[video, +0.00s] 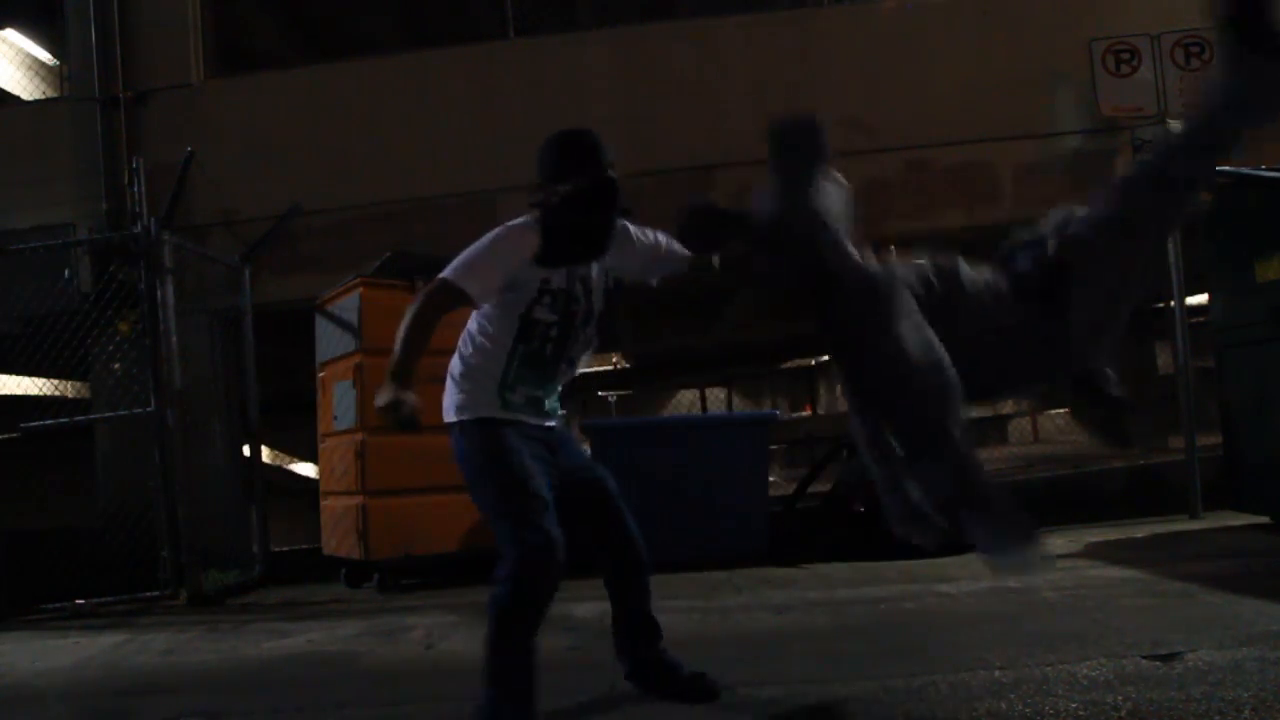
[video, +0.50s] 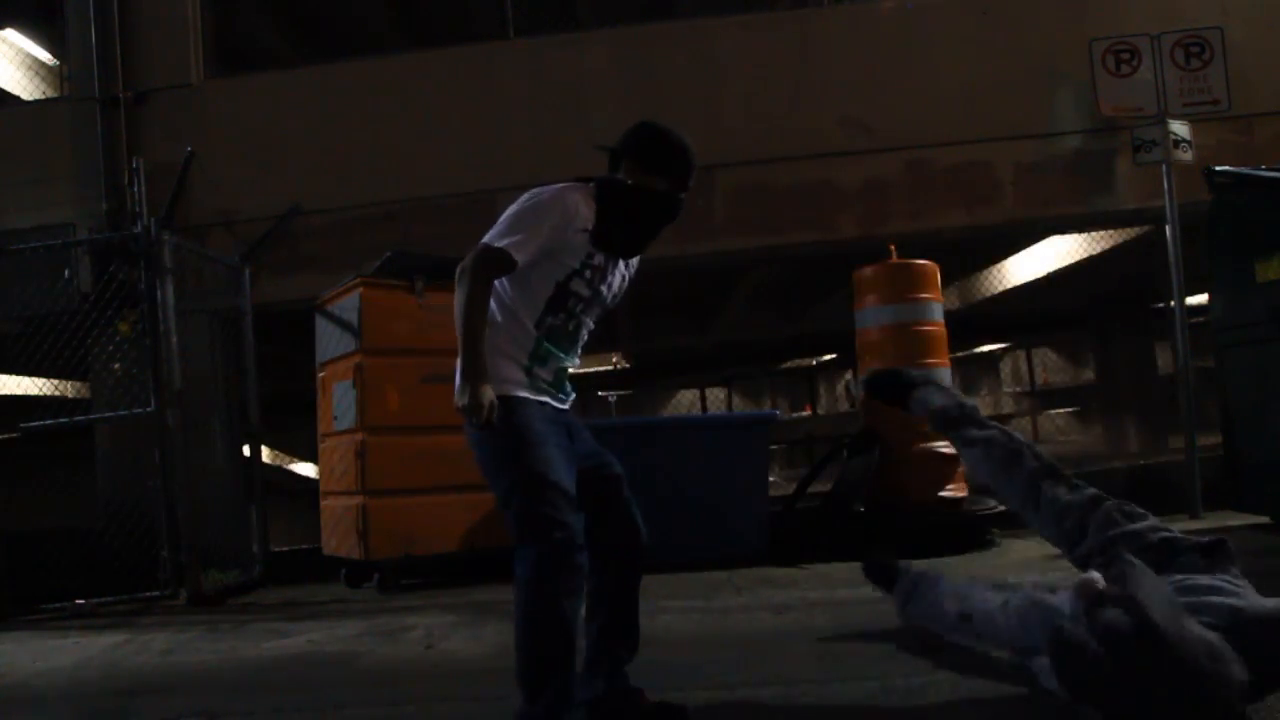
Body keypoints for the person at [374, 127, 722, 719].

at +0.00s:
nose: (603, 204)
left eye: (607, 190)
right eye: (588, 192)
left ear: (612, 189)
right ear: (555, 195)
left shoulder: (616, 240)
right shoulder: (517, 243)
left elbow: (692, 264)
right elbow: (430, 300)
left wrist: (724, 246)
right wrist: (396, 382)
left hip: (547, 422)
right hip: (485, 421)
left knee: (620, 542)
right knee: (534, 554)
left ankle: (647, 667)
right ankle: (505, 704)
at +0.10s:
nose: (635, 233)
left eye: (642, 218)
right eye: (621, 217)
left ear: (649, 218)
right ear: (585, 212)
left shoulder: (634, 288)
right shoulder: (534, 253)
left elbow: (705, 349)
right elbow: (446, 296)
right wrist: (423, 388)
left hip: (559, 445)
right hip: (494, 440)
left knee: (647, 557)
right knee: (577, 565)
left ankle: (648, 666)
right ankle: (564, 709)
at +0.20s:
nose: (657, 237)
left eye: (661, 223)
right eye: (646, 219)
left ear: (656, 225)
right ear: (609, 212)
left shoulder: (622, 293)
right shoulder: (551, 243)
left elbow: (633, 391)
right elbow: (455, 289)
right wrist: (427, 392)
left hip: (564, 444)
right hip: (505, 440)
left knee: (662, 558)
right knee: (613, 572)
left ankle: (650, 671)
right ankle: (578, 709)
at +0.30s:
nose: (660, 223)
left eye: (667, 211)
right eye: (652, 204)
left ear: (669, 212)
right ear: (617, 192)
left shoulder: (620, 268)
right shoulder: (561, 220)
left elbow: (575, 345)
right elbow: (464, 274)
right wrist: (445, 384)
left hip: (564, 425)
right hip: (512, 420)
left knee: (663, 535)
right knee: (608, 558)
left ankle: (634, 678)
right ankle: (574, 708)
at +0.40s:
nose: (661, 209)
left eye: (670, 198)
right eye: (651, 190)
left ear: (677, 201)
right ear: (620, 176)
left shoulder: (623, 259)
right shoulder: (564, 205)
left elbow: (571, 331)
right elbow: (473, 266)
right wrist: (461, 374)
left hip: (557, 408)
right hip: (510, 401)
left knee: (632, 537)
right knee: (582, 540)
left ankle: (608, 691)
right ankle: (570, 703)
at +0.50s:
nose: (670, 211)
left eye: (676, 199)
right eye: (662, 193)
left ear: (672, 198)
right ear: (627, 179)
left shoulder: (624, 257)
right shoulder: (562, 206)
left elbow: (570, 326)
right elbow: (475, 269)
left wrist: (557, 386)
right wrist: (472, 376)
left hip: (555, 406)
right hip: (506, 399)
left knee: (619, 534)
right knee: (554, 539)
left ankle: (605, 690)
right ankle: (547, 705)